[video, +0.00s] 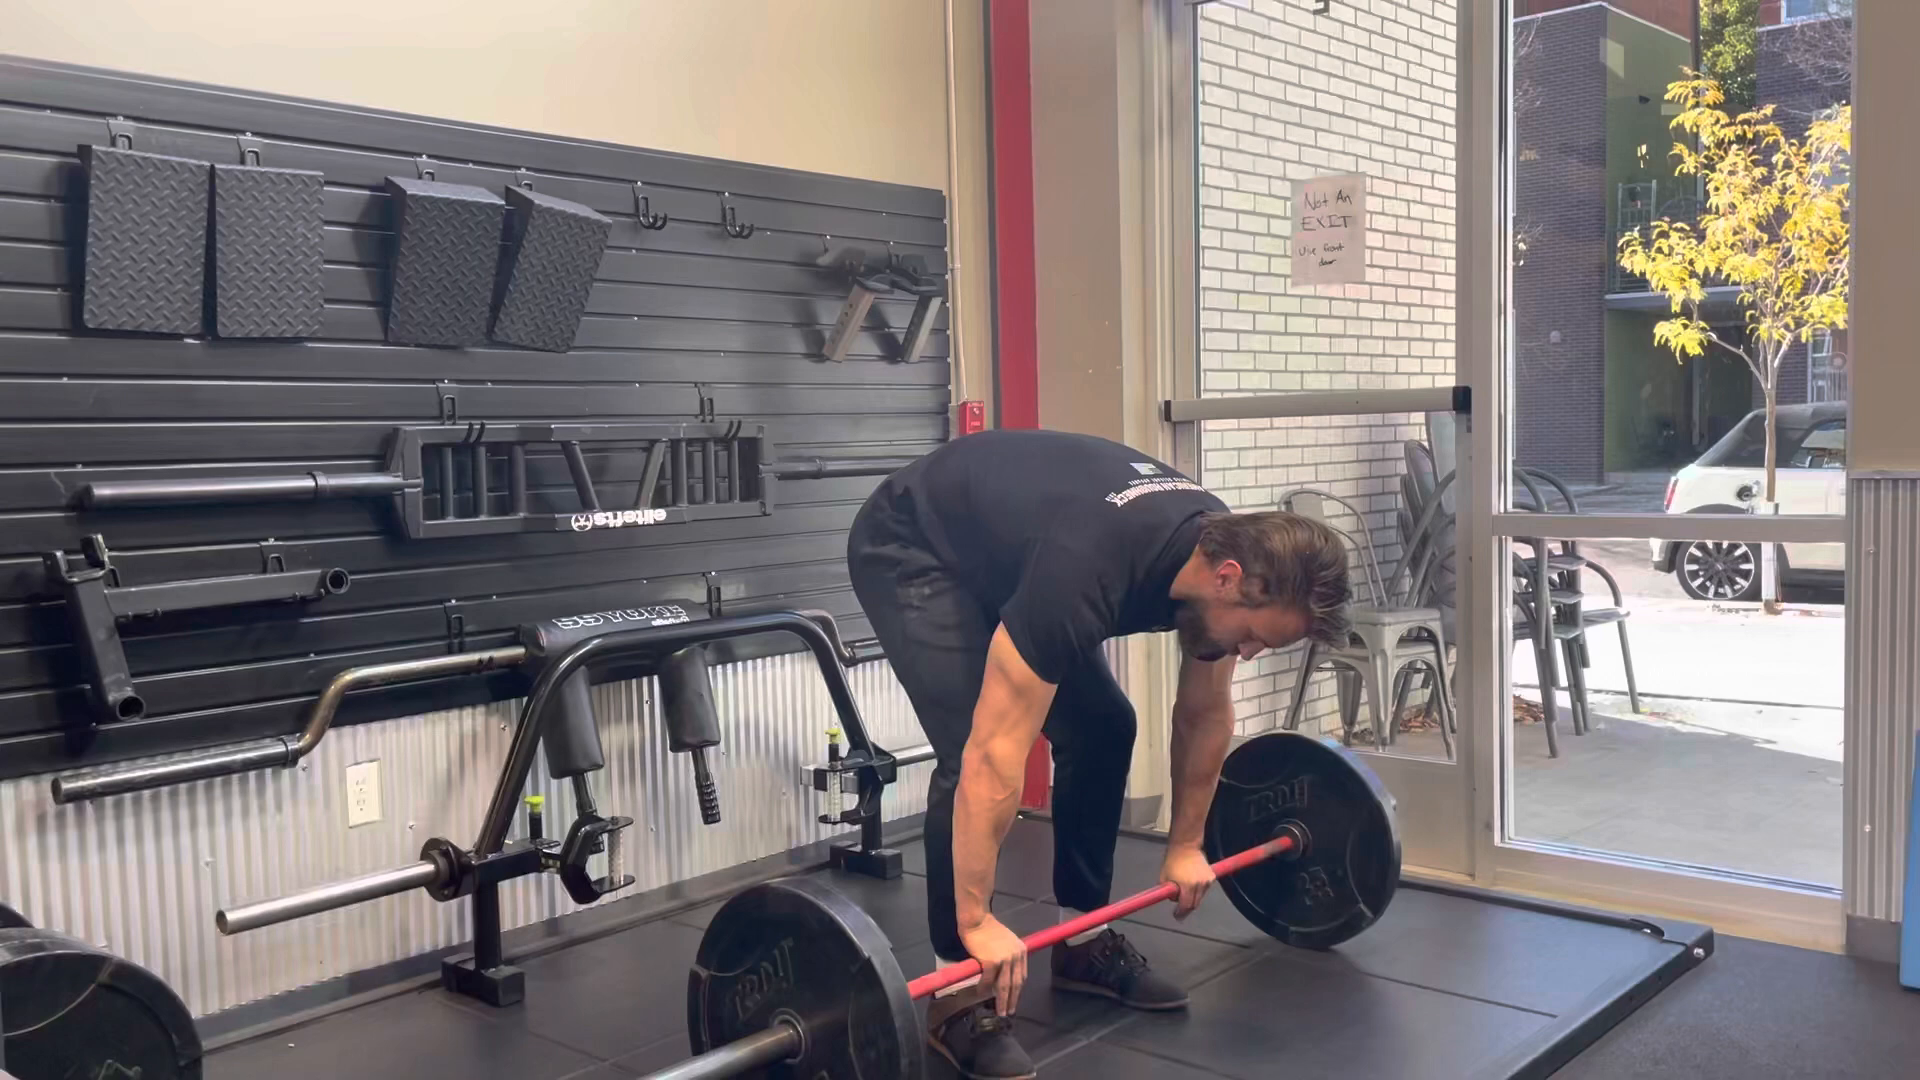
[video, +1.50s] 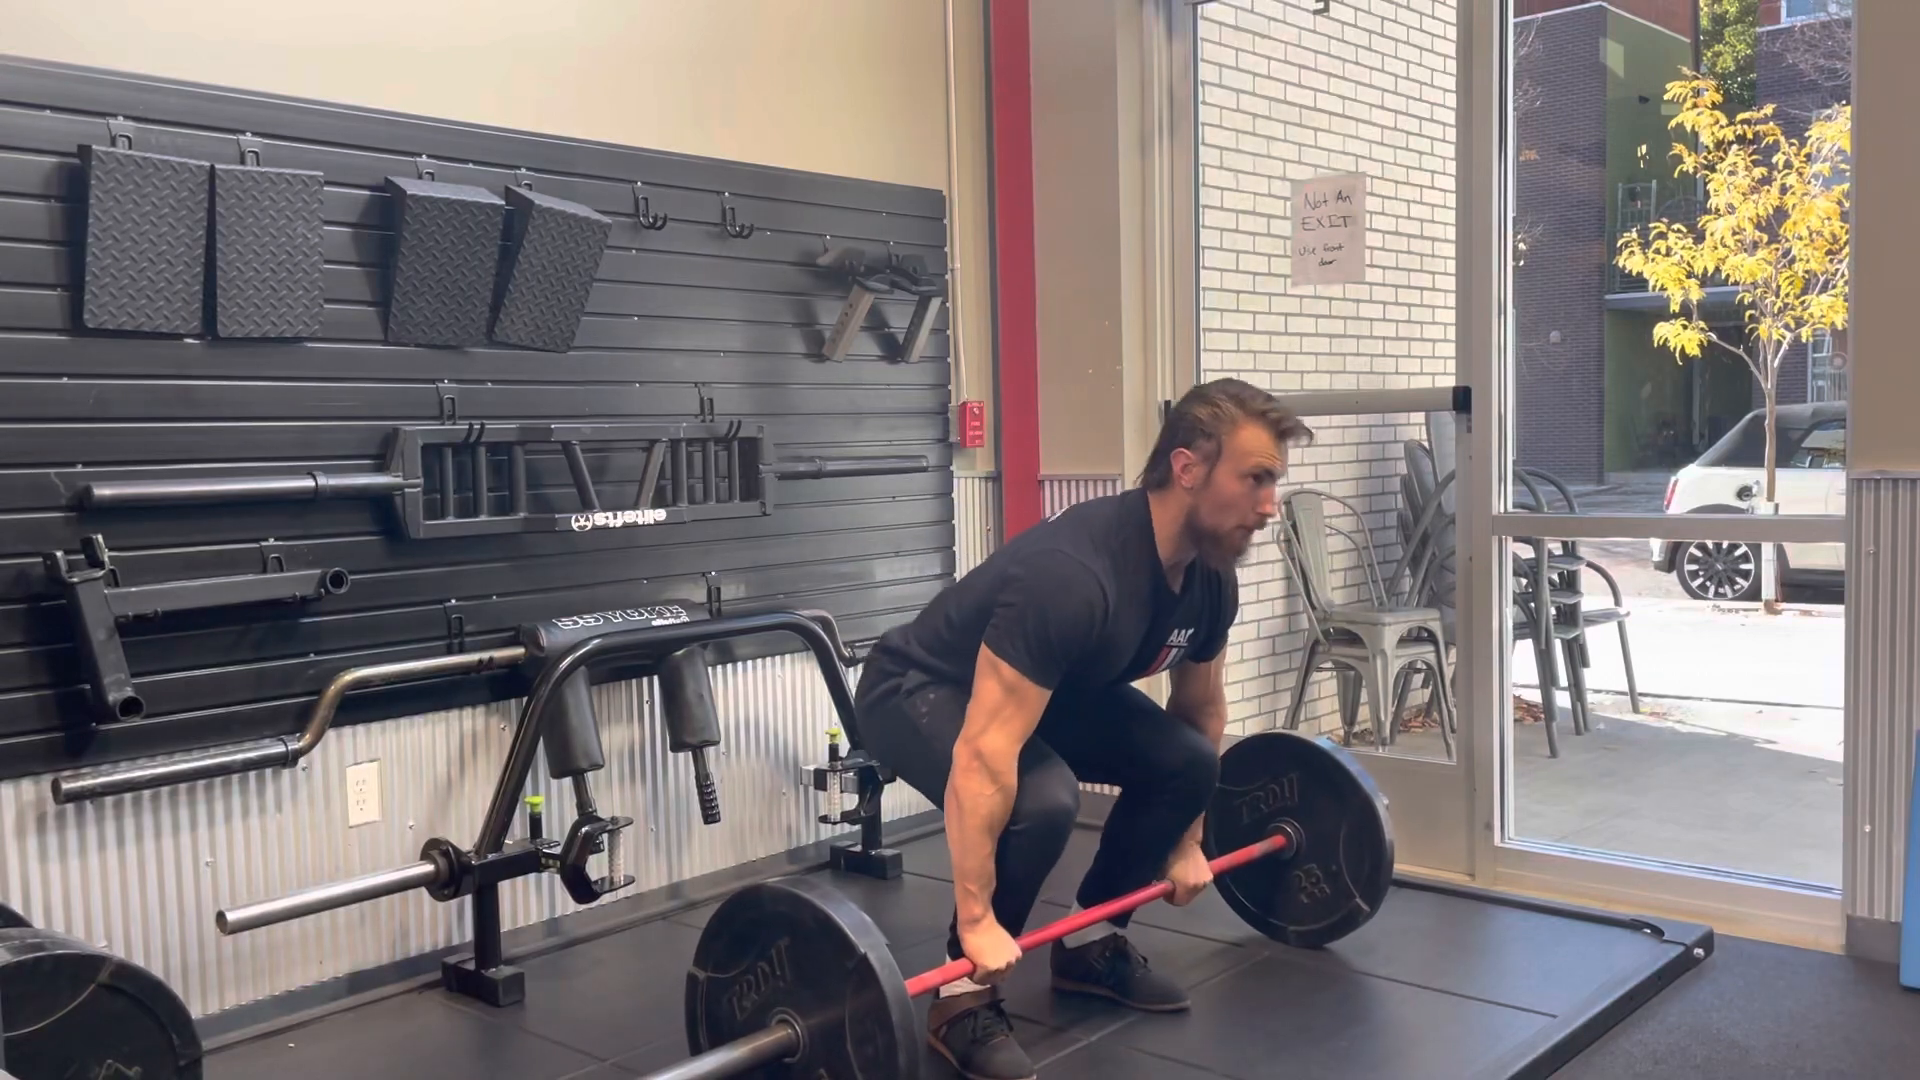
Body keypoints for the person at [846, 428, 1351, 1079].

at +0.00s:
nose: (1246, 654)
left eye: (1264, 647)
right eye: (1254, 637)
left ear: (1233, 576)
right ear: (1226, 578)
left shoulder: (1220, 567)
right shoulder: (1078, 570)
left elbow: (1204, 711)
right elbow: (992, 754)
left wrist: (1185, 845)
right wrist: (972, 918)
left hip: (1011, 557)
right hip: (909, 546)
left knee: (1103, 724)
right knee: (971, 760)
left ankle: (1085, 940)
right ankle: (965, 1001)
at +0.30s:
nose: (1273, 621)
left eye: (1288, 609)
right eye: (1275, 601)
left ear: (1236, 546)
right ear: (1232, 547)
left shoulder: (1220, 581)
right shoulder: (1083, 572)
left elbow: (1210, 712)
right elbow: (992, 754)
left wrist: (1186, 845)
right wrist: (977, 920)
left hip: (1021, 604)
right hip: (911, 602)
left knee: (1145, 744)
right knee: (1012, 775)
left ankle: (1087, 944)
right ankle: (960, 999)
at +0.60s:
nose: (1278, 571)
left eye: (1290, 552)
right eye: (1274, 547)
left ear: (1218, 508)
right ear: (1218, 504)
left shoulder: (1218, 582)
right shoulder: (1084, 588)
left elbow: (1201, 708)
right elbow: (977, 756)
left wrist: (1184, 842)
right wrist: (963, 914)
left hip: (1025, 668)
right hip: (913, 670)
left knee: (1177, 762)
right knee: (1038, 795)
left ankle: (1091, 944)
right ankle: (963, 1004)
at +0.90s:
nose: (1284, 560)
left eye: (1295, 537)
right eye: (1278, 533)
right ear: (1214, 502)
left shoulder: (1218, 584)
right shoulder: (1077, 581)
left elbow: (1201, 712)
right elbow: (979, 754)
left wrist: (1183, 841)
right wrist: (970, 918)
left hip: (1019, 655)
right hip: (909, 651)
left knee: (1169, 757)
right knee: (1033, 785)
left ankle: (1089, 944)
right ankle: (962, 1005)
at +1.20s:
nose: (1283, 537)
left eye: (1290, 516)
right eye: (1274, 511)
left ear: (1213, 494)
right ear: (1208, 488)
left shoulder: (1213, 582)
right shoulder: (1078, 581)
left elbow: (1200, 711)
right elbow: (984, 757)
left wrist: (1184, 841)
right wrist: (972, 916)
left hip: (1021, 667)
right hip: (912, 668)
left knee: (1178, 759)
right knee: (1041, 790)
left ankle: (1088, 946)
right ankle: (961, 1002)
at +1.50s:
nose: (1272, 506)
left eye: (1276, 483)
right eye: (1258, 479)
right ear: (1187, 468)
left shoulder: (1207, 580)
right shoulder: (1070, 577)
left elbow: (1200, 711)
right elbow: (982, 757)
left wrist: (1187, 840)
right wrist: (976, 917)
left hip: (1030, 687)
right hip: (913, 688)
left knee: (1184, 761)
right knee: (1043, 798)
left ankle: (1088, 944)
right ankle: (962, 1000)